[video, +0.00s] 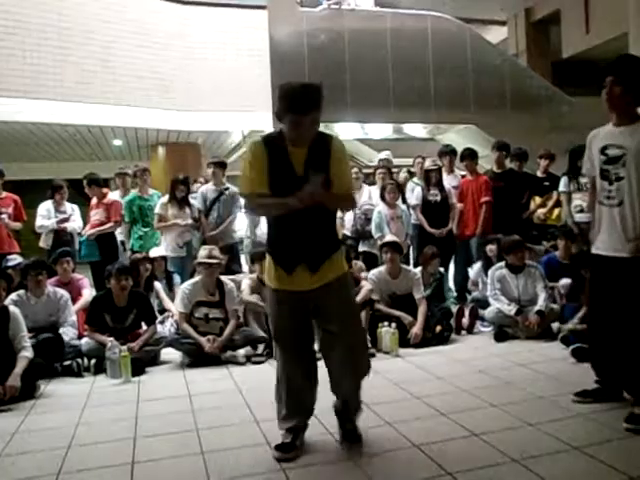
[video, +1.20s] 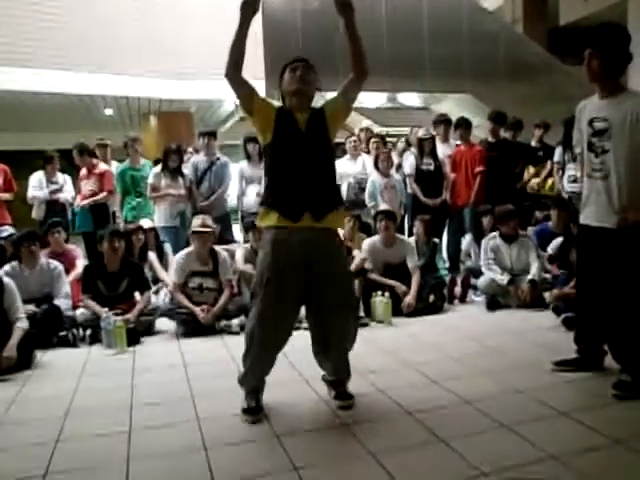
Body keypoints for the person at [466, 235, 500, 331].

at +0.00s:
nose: (491, 248)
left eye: (493, 244)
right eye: (488, 244)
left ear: (499, 247)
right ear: (484, 248)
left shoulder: (504, 264)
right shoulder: (480, 265)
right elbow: (471, 285)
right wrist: (481, 292)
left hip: (502, 297)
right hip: (484, 297)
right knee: (475, 300)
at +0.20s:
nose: (501, 247)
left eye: (504, 244)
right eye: (498, 244)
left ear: (510, 247)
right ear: (494, 248)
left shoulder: (515, 264)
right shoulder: (490, 265)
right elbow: (481, 285)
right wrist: (491, 291)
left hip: (511, 296)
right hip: (494, 296)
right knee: (485, 299)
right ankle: (475, 320)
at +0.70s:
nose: (493, 248)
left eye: (496, 244)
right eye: (490, 245)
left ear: (500, 247)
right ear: (485, 247)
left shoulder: (504, 264)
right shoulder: (479, 264)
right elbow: (471, 283)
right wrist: (482, 290)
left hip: (500, 295)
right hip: (483, 295)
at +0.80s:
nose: (489, 249)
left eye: (491, 246)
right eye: (486, 246)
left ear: (495, 247)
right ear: (481, 248)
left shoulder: (500, 264)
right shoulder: (474, 265)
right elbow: (466, 284)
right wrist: (478, 290)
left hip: (496, 295)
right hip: (478, 295)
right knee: (471, 299)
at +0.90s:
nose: (485, 247)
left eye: (487, 244)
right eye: (482, 244)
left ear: (491, 247)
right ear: (478, 247)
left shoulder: (494, 263)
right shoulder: (470, 263)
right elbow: (463, 282)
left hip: (491, 295)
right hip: (474, 295)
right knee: (468, 301)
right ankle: (462, 324)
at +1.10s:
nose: (486, 222)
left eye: (488, 219)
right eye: (483, 219)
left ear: (492, 221)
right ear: (478, 221)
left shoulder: (496, 238)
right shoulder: (470, 238)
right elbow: (464, 258)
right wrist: (475, 266)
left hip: (492, 270)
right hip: (476, 269)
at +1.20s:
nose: (489, 223)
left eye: (490, 219)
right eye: (486, 219)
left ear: (493, 221)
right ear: (480, 221)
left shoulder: (496, 237)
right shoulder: (470, 238)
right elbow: (464, 257)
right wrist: (474, 266)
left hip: (492, 268)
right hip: (477, 268)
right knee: (467, 271)